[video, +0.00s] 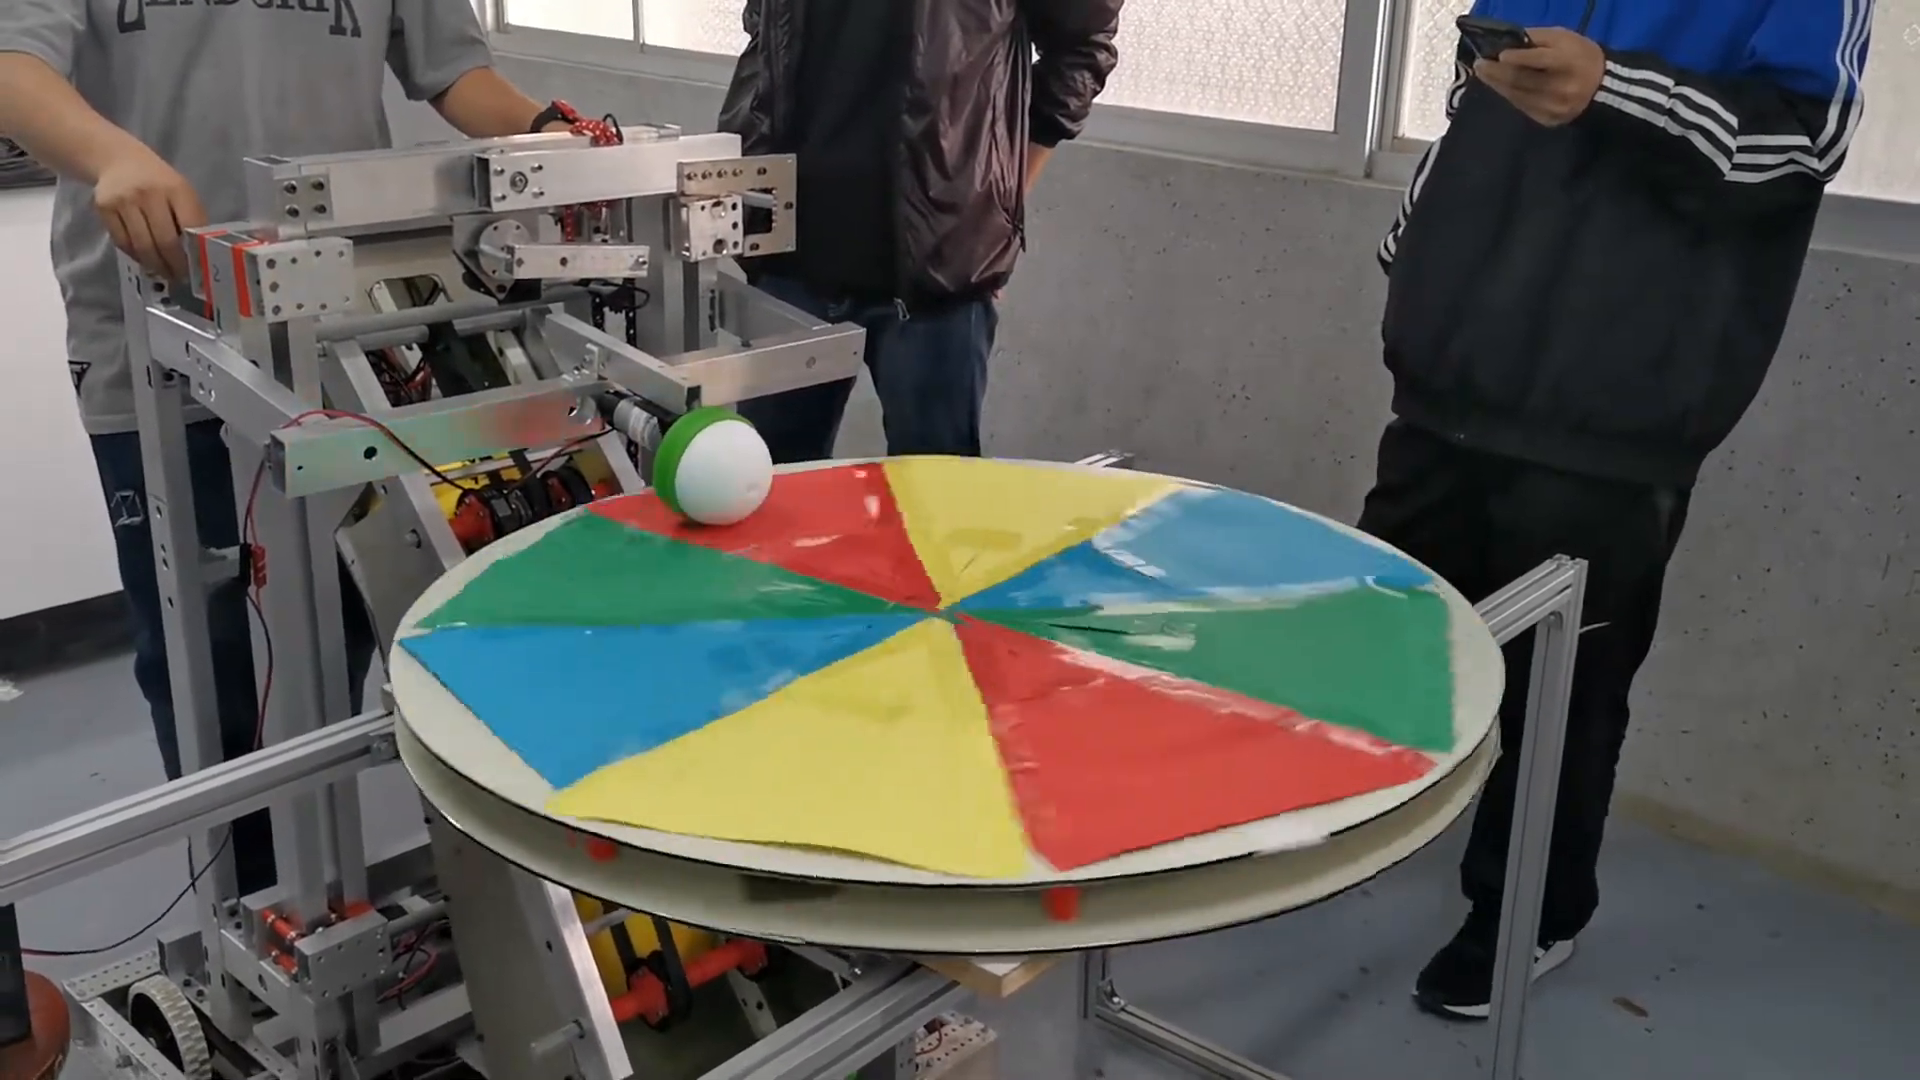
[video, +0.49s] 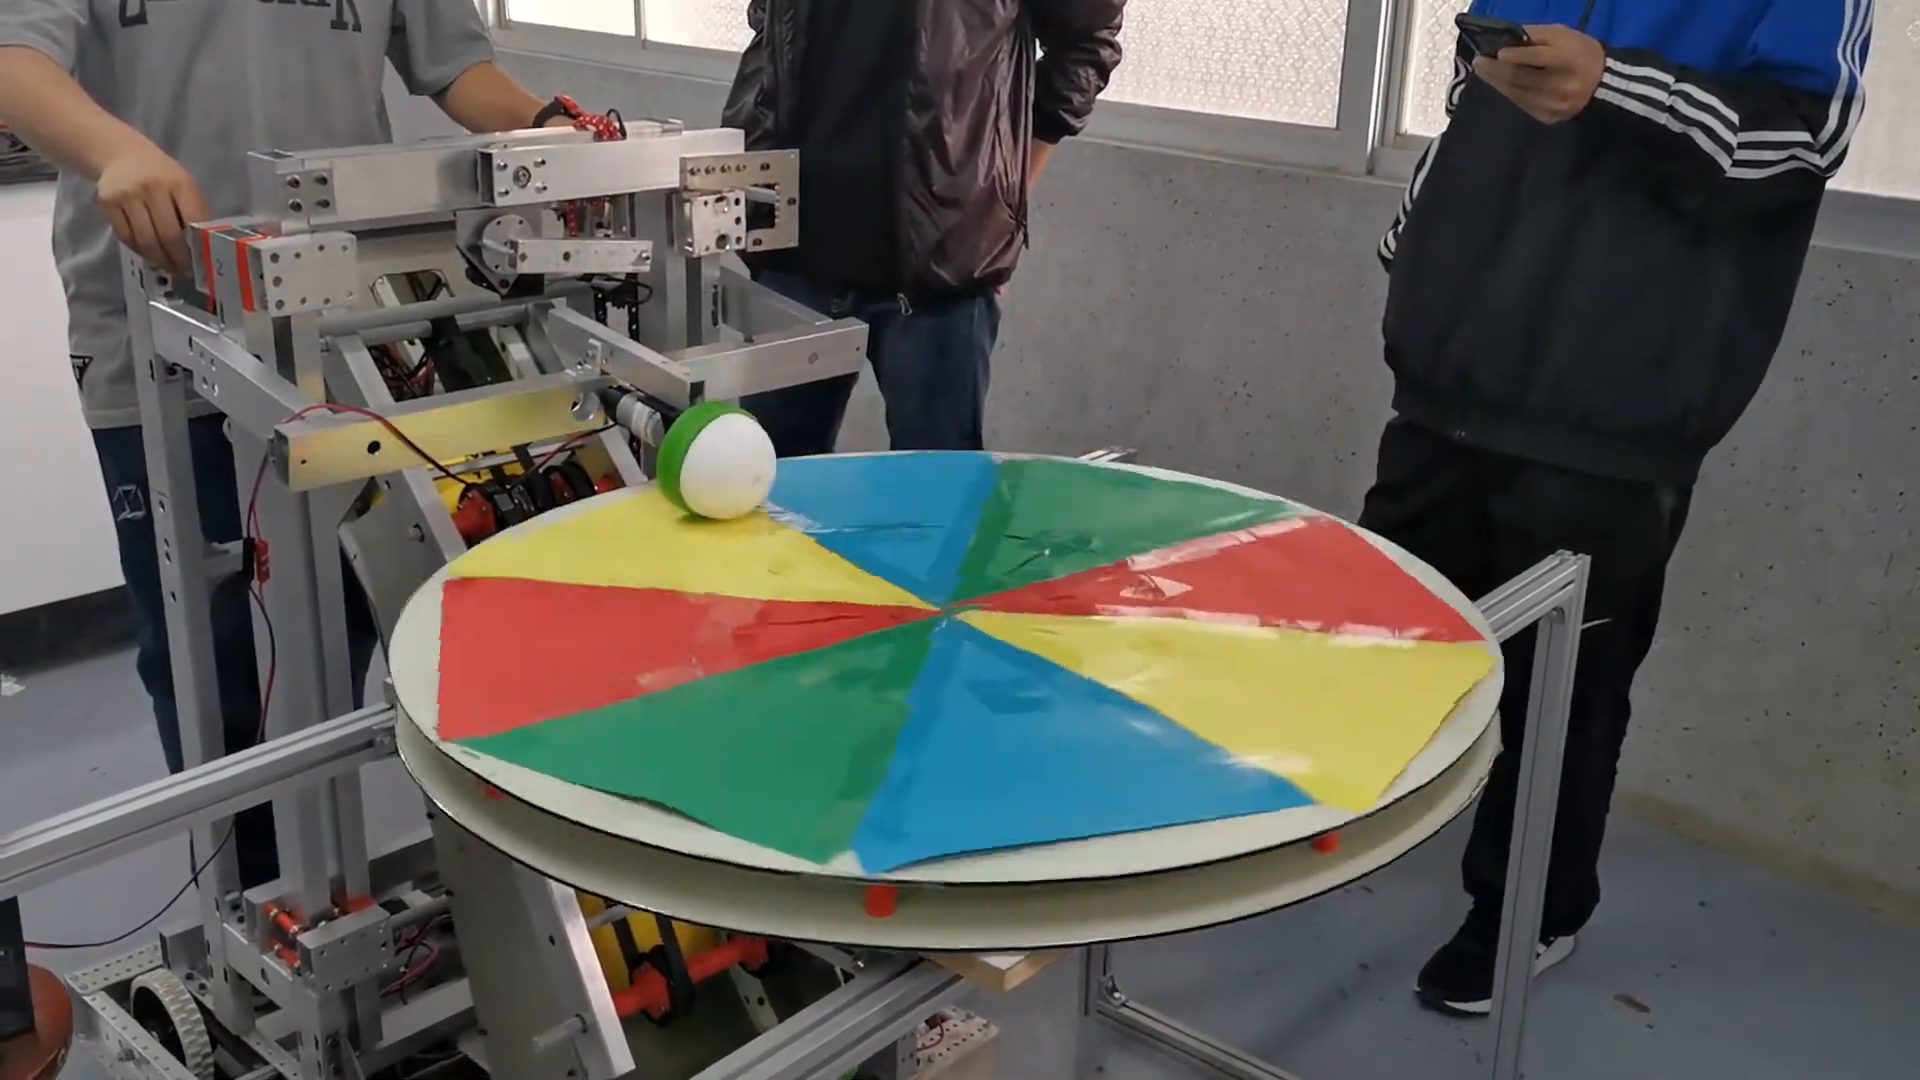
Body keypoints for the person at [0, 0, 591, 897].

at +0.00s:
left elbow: (449, 62)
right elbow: (16, 61)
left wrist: (547, 131)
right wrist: (109, 153)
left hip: (339, 345)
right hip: (156, 349)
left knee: (343, 628)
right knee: (200, 659)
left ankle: (334, 876)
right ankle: (250, 907)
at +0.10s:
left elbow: (449, 61)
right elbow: (15, 60)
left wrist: (551, 132)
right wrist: (108, 151)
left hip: (338, 340)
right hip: (155, 345)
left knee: (341, 627)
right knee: (200, 656)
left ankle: (330, 877)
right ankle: (248, 906)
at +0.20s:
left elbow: (448, 60)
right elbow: (15, 60)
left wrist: (551, 132)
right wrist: (109, 150)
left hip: (339, 337)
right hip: (155, 342)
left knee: (345, 621)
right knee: (201, 650)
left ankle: (336, 873)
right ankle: (249, 901)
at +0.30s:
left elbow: (447, 60)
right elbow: (15, 57)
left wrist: (548, 130)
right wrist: (110, 149)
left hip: (340, 337)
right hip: (156, 342)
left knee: (348, 619)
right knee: (200, 648)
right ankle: (248, 898)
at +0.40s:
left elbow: (446, 56)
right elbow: (17, 57)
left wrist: (546, 128)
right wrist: (112, 148)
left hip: (341, 334)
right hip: (157, 340)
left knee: (347, 618)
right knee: (201, 646)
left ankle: (337, 867)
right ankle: (247, 895)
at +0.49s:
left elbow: (450, 56)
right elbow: (16, 57)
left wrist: (553, 131)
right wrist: (111, 146)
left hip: (340, 336)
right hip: (158, 343)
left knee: (344, 622)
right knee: (202, 652)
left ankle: (336, 872)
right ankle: (251, 900)